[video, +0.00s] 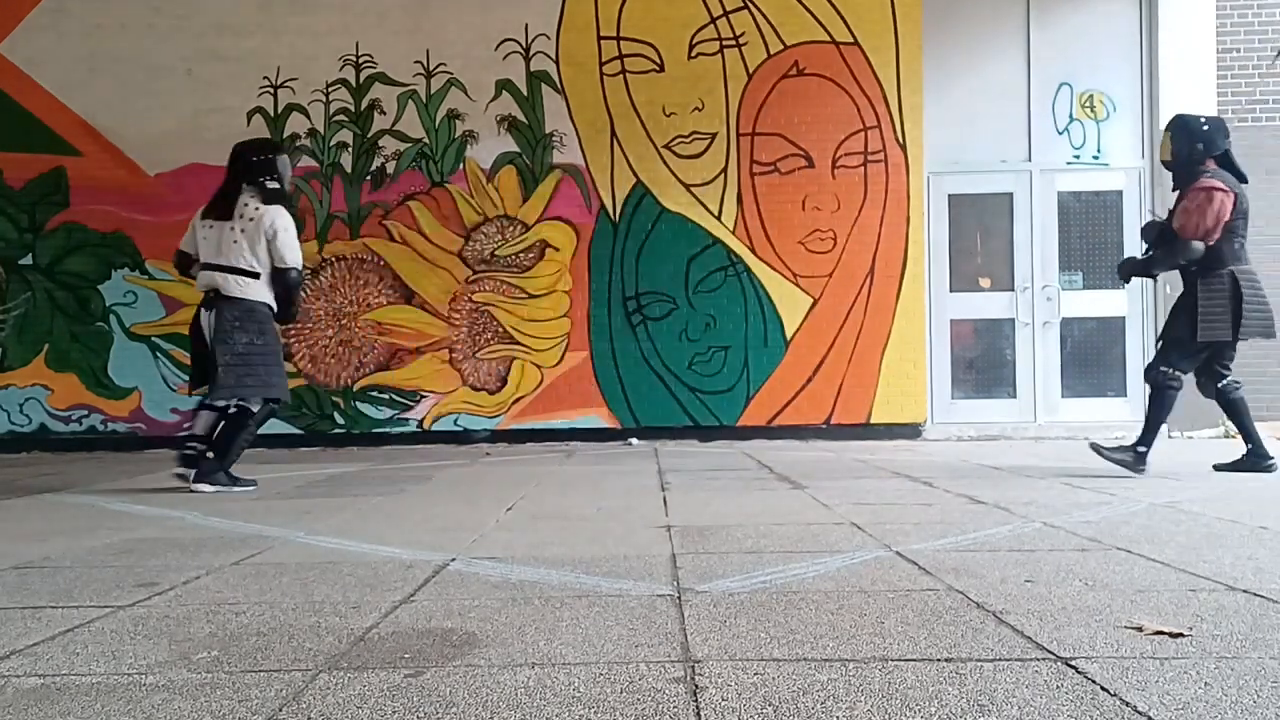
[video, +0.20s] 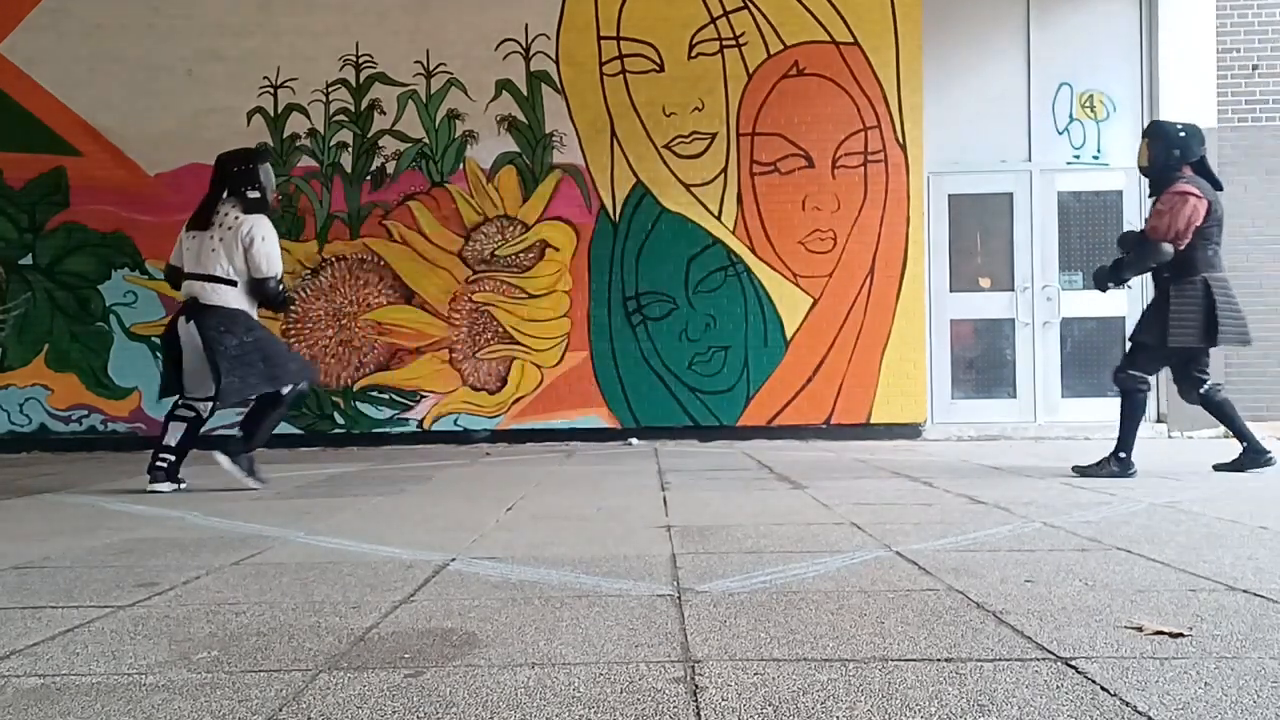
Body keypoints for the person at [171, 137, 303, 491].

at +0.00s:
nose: (287, 176)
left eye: (285, 168)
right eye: (282, 169)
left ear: (237, 171)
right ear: (269, 173)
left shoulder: (212, 208)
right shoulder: (275, 215)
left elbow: (183, 260)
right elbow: (288, 278)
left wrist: (219, 277)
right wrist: (286, 313)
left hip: (211, 311)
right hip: (248, 313)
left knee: (223, 385)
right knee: (263, 394)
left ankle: (193, 450)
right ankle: (214, 470)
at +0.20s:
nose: (273, 189)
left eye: (272, 182)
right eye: (268, 182)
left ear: (224, 183)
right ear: (252, 184)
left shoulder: (198, 218)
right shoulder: (256, 224)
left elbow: (173, 274)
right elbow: (266, 290)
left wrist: (211, 288)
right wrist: (291, 302)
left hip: (188, 322)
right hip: (229, 324)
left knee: (196, 398)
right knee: (293, 376)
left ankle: (162, 471)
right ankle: (242, 449)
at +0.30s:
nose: (274, 193)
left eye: (272, 185)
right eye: (268, 185)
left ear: (224, 189)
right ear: (252, 189)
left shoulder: (198, 224)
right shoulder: (256, 231)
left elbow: (167, 277)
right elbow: (265, 298)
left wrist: (200, 295)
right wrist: (272, 320)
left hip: (189, 325)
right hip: (230, 326)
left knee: (201, 399)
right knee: (300, 369)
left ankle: (163, 470)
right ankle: (280, 451)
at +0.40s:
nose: (276, 196)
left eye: (275, 188)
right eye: (272, 189)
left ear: (229, 193)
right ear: (257, 194)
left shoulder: (202, 229)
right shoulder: (261, 235)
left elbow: (171, 280)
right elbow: (272, 300)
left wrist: (206, 298)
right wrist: (276, 343)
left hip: (197, 328)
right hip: (236, 330)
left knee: (204, 405)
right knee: (310, 372)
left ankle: (163, 471)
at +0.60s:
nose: (317, 198)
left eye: (315, 190)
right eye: (311, 191)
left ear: (267, 198)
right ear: (296, 198)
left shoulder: (245, 237)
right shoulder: (300, 239)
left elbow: (218, 287)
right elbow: (310, 301)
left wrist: (252, 306)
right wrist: (325, 332)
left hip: (244, 338)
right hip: (284, 339)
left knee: (222, 407)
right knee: (348, 381)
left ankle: (167, 468)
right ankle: (377, 461)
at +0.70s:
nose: (346, 191)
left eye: (341, 183)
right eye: (339, 184)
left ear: (298, 193)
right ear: (326, 192)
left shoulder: (278, 233)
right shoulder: (331, 233)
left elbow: (260, 290)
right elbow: (343, 294)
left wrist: (302, 291)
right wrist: (363, 309)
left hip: (281, 332)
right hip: (321, 333)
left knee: (243, 405)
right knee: (384, 379)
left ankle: (183, 464)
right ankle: (389, 465)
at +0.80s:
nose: (374, 185)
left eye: (371, 178)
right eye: (368, 178)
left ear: (326, 186)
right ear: (355, 185)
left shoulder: (305, 227)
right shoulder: (363, 226)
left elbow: (297, 290)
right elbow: (378, 288)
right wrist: (402, 291)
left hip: (308, 328)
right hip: (349, 329)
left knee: (294, 396)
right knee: (410, 386)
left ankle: (253, 452)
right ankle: (391, 465)